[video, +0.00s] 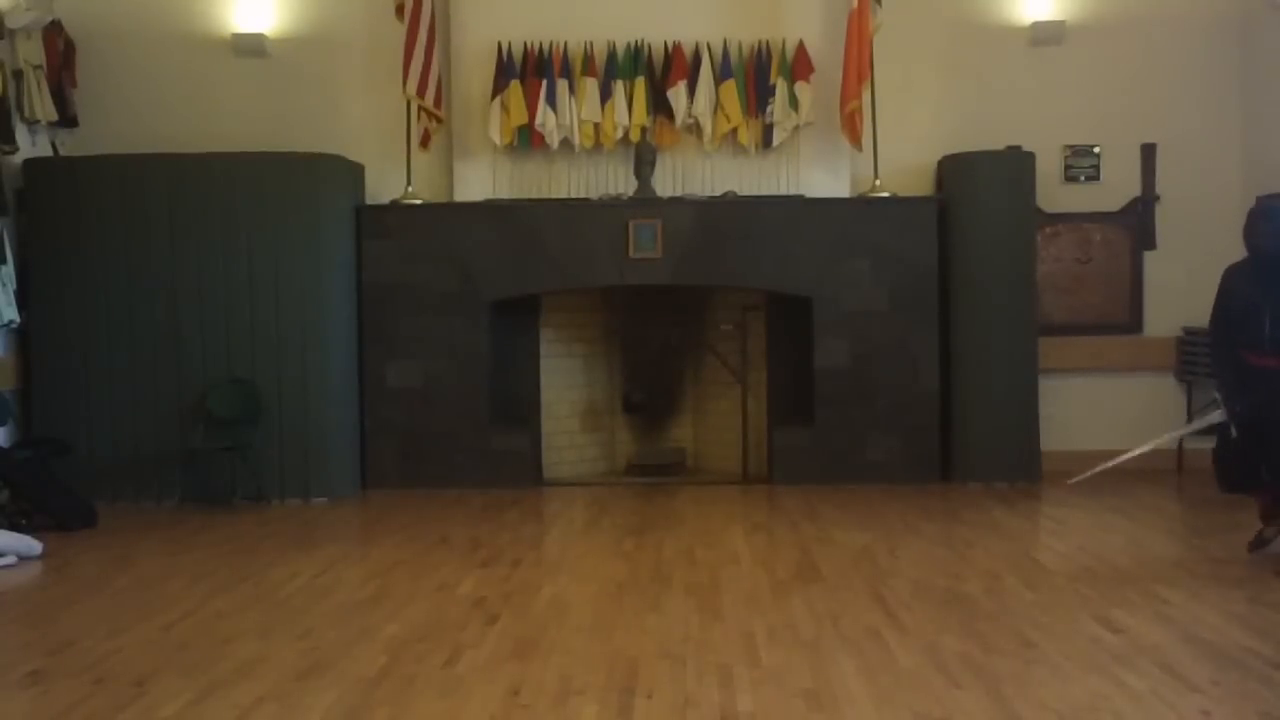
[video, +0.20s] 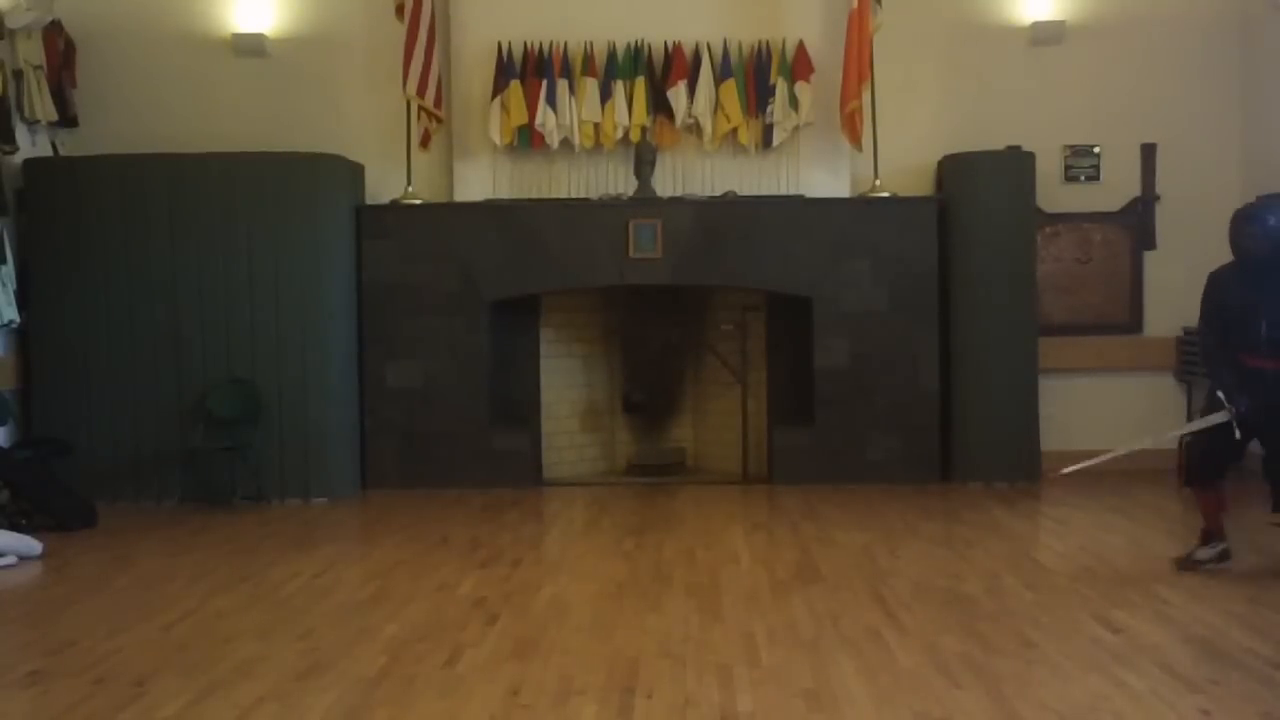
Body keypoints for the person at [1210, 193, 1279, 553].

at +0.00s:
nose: (1264, 234)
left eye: (1269, 226)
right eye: (1259, 225)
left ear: (1276, 233)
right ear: (1250, 232)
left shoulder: (1241, 278)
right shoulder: (1239, 277)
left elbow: (1221, 340)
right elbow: (1220, 339)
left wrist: (1232, 391)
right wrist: (1233, 391)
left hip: (1265, 384)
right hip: (1255, 383)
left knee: (1266, 453)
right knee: (1260, 451)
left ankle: (1270, 523)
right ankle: (1269, 523)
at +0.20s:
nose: (1251, 242)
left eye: (1259, 233)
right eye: (1247, 232)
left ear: (1271, 239)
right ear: (1236, 238)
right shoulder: (1224, 281)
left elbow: (1212, 347)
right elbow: (1212, 348)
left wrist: (1238, 396)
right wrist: (1232, 394)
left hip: (1270, 394)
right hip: (1240, 391)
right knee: (1201, 454)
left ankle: (1214, 539)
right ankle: (1214, 539)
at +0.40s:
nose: (1222, 252)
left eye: (1228, 243)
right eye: (1214, 244)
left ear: (1248, 243)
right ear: (1205, 249)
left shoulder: (1270, 282)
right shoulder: (1195, 291)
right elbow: (1188, 360)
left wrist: (1253, 405)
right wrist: (1215, 401)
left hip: (1266, 396)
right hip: (1214, 394)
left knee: (1274, 479)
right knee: (1182, 466)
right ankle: (1145, 546)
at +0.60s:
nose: (1171, 257)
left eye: (1179, 247)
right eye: (1164, 248)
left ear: (1199, 247)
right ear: (1155, 253)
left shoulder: (1236, 290)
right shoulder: (1151, 298)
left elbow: (1269, 342)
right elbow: (1144, 366)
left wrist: (1239, 396)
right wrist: (1179, 401)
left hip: (1229, 398)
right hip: (1170, 398)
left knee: (1262, 486)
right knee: (1139, 473)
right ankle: (1130, 564)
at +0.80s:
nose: (1137, 250)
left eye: (1144, 240)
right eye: (1129, 242)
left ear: (1161, 240)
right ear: (1116, 246)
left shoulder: (1192, 276)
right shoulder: (1107, 294)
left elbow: (1245, 316)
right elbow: (1108, 363)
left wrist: (1210, 371)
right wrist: (1153, 395)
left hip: (1196, 389)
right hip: (1135, 393)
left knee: (1223, 471)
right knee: (1117, 476)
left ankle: (1254, 536)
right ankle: (1129, 564)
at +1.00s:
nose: (1116, 250)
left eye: (1123, 240)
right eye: (1107, 242)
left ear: (1140, 239)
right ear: (1095, 246)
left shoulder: (1171, 274)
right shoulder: (1083, 293)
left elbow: (1228, 300)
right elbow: (1086, 362)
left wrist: (1193, 365)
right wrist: (1142, 389)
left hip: (1168, 398)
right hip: (1109, 401)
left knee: (1180, 487)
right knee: (1105, 490)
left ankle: (1174, 569)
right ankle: (1127, 566)